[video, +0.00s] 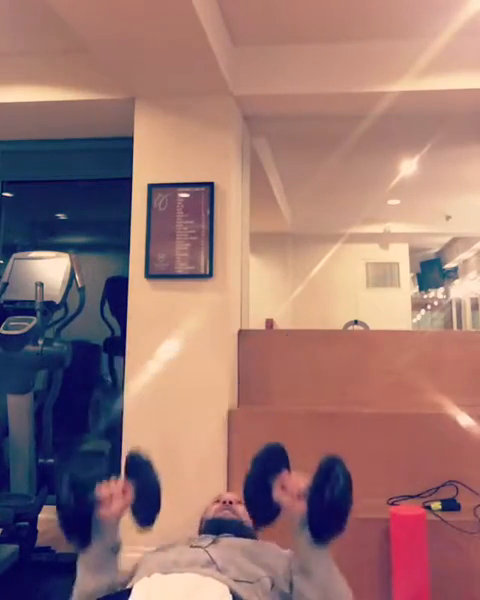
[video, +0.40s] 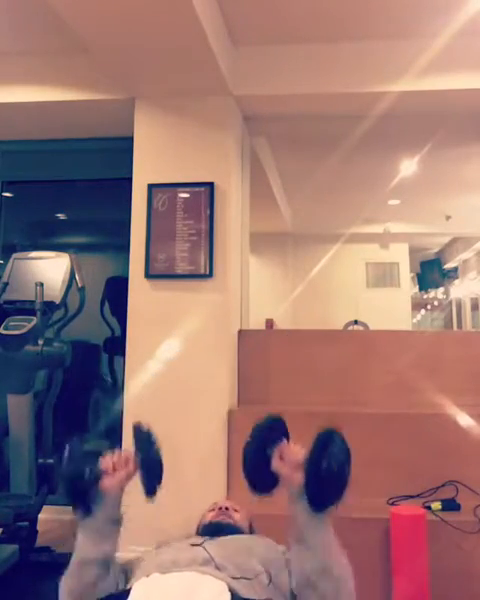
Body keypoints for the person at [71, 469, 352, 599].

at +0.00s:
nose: (226, 501)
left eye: (237, 502)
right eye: (217, 502)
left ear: (255, 525)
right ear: (198, 525)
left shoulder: (277, 556)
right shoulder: (157, 556)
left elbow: (327, 596)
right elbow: (94, 595)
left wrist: (305, 524)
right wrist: (106, 526)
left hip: (222, 590)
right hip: (150, 588)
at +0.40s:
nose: (222, 507)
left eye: (233, 508)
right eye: (214, 507)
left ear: (251, 528)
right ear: (196, 527)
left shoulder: (272, 551)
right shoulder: (152, 554)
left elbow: (329, 593)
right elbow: (82, 593)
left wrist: (302, 497)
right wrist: (106, 501)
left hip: (225, 588)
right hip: (154, 586)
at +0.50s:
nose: (223, 513)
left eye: (233, 515)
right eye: (215, 514)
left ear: (253, 531)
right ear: (196, 530)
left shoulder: (275, 553)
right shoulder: (154, 553)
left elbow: (329, 568)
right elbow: (88, 577)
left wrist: (293, 457)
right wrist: (117, 465)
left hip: (223, 590)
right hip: (149, 588)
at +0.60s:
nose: (225, 515)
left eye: (236, 518)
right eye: (217, 516)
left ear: (254, 534)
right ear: (197, 530)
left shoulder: (283, 564)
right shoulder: (143, 555)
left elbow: (314, 523)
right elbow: (100, 526)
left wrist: (284, 430)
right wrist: (129, 437)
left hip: (218, 591)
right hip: (146, 589)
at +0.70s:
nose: (224, 516)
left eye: (236, 519)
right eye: (217, 518)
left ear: (254, 531)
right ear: (200, 528)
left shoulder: (282, 563)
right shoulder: (136, 560)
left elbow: (300, 501)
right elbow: (118, 500)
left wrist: (274, 406)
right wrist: (145, 409)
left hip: (222, 587)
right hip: (147, 585)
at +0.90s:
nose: (229, 512)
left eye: (240, 515)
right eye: (221, 512)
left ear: (258, 530)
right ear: (205, 525)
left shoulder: (285, 561)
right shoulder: (143, 554)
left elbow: (312, 510)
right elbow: (116, 502)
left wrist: (292, 419)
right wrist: (139, 416)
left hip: (224, 589)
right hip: (145, 587)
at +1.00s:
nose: (230, 509)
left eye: (240, 511)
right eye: (222, 509)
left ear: (258, 529)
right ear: (203, 525)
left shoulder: (284, 558)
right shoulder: (157, 552)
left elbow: (332, 551)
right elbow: (98, 542)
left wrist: (310, 450)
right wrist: (124, 447)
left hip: (227, 590)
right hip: (153, 587)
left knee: (203, 590)